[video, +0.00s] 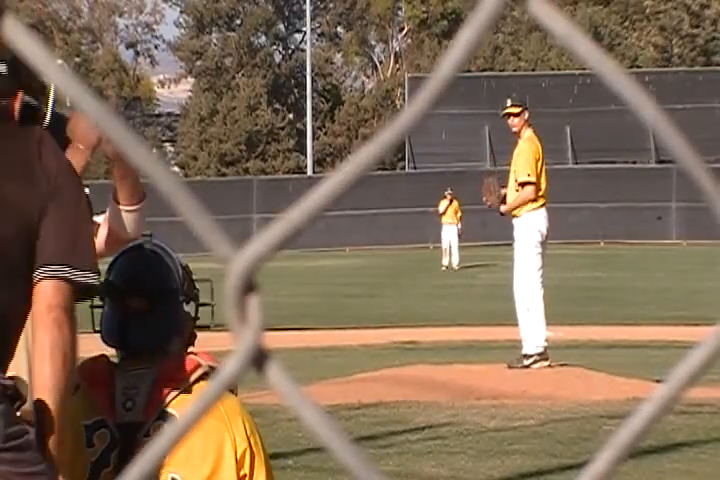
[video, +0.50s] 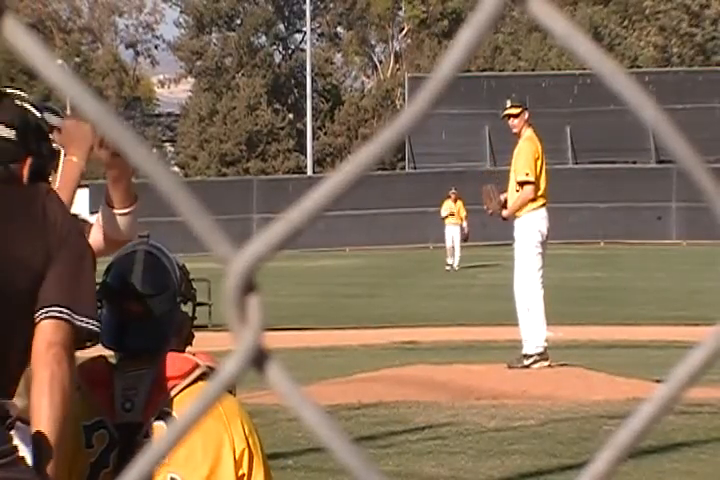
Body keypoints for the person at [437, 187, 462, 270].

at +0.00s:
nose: (449, 196)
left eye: (450, 194)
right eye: (448, 194)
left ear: (452, 194)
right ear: (445, 194)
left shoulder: (455, 202)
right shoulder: (443, 202)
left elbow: (458, 212)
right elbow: (440, 211)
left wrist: (459, 223)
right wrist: (447, 202)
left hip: (454, 224)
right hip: (445, 224)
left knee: (454, 244)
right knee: (445, 244)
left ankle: (455, 263)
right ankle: (445, 263)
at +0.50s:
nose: (453, 196)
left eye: (454, 194)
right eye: (452, 194)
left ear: (456, 195)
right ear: (449, 194)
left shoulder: (459, 203)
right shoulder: (446, 203)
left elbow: (463, 214)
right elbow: (442, 214)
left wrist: (465, 226)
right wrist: (448, 212)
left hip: (457, 224)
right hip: (449, 224)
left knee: (457, 244)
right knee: (449, 244)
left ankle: (456, 263)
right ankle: (449, 261)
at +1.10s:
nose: (443, 195)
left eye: (445, 193)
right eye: (442, 193)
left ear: (448, 194)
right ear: (440, 195)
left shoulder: (452, 203)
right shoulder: (439, 205)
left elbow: (457, 213)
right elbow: (437, 218)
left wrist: (457, 224)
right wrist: (436, 230)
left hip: (452, 225)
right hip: (444, 225)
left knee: (452, 242)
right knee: (445, 244)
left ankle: (455, 259)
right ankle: (446, 263)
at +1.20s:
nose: (442, 195)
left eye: (443, 193)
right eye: (440, 193)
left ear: (446, 194)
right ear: (438, 194)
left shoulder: (450, 203)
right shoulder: (438, 204)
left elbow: (455, 213)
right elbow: (436, 217)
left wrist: (455, 225)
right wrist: (435, 230)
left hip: (451, 224)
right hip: (443, 225)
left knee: (451, 242)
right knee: (444, 244)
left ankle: (455, 259)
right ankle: (446, 263)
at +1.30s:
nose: (441, 195)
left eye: (443, 193)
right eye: (440, 193)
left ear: (445, 194)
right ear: (438, 194)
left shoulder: (450, 203)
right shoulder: (437, 204)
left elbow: (454, 213)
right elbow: (435, 216)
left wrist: (454, 225)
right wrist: (435, 227)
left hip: (450, 224)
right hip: (442, 224)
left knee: (452, 243)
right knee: (443, 244)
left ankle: (455, 261)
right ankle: (446, 263)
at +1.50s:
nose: (440, 195)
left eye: (441, 193)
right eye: (438, 193)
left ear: (444, 194)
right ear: (437, 194)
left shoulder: (448, 203)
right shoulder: (436, 204)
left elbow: (453, 214)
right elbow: (434, 216)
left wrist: (452, 225)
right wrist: (433, 227)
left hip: (447, 224)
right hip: (440, 225)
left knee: (448, 244)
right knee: (441, 244)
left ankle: (449, 262)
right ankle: (445, 262)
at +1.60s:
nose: (439, 195)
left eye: (441, 193)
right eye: (438, 193)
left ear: (444, 195)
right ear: (437, 194)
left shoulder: (448, 203)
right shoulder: (436, 204)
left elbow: (453, 216)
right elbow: (433, 217)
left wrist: (450, 227)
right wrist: (432, 228)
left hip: (447, 224)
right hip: (439, 225)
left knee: (446, 244)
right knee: (440, 244)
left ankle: (446, 263)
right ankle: (444, 260)